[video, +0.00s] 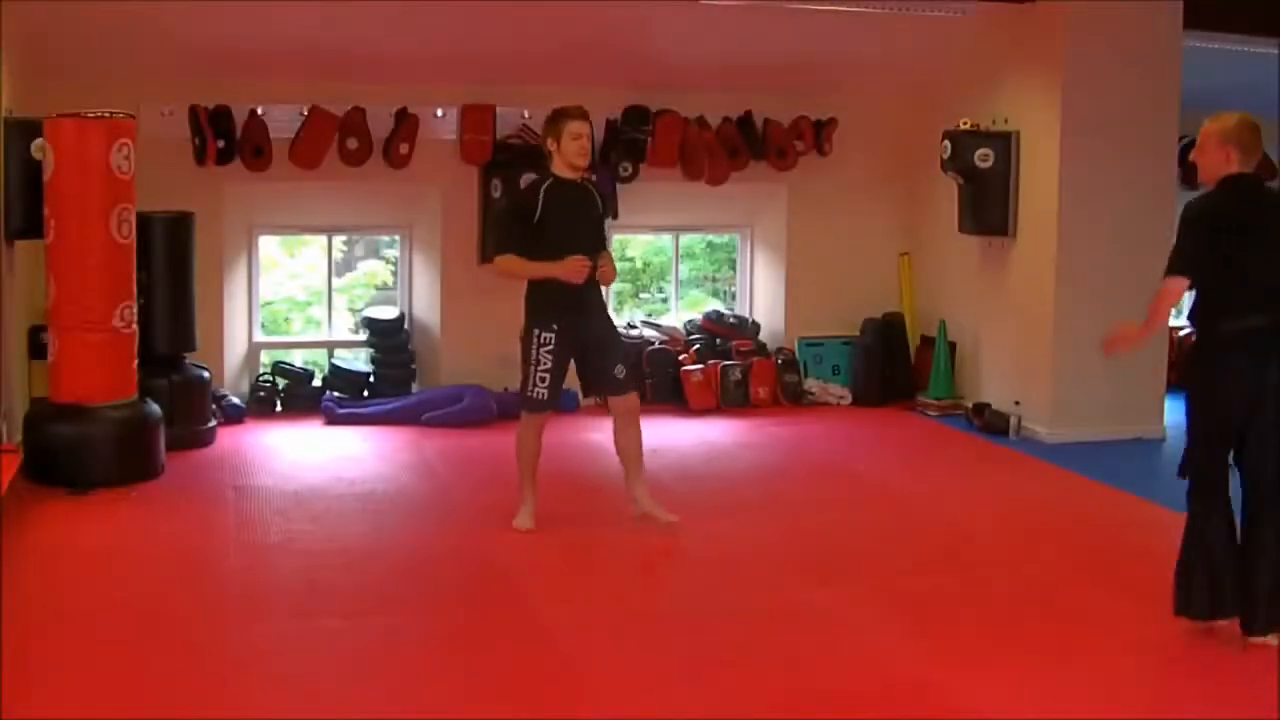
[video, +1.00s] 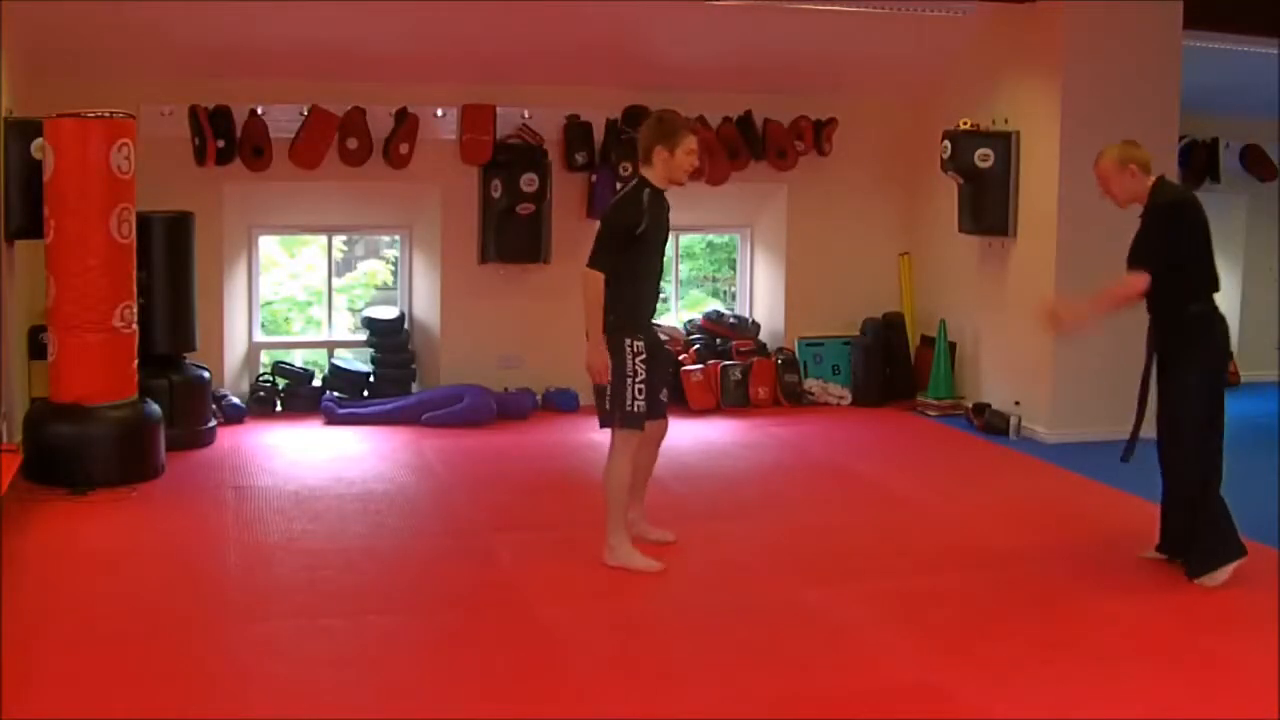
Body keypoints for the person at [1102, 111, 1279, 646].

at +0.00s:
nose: (1194, 156)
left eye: (1201, 146)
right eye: (1196, 146)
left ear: (1228, 154)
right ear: (1248, 155)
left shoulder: (1207, 209)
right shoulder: (1274, 203)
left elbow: (1176, 283)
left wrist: (1144, 330)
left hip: (1220, 358)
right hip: (1271, 359)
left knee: (1208, 471)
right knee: (1264, 478)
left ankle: (1212, 595)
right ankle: (1264, 608)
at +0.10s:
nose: (1193, 158)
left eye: (1200, 149)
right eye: (1195, 148)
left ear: (1227, 156)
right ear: (1245, 157)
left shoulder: (1218, 211)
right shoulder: (1273, 203)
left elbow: (1168, 283)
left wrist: (1122, 288)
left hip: (1228, 362)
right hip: (1273, 361)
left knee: (1221, 471)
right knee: (1268, 478)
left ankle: (1224, 580)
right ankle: (1267, 611)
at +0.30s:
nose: (1197, 185)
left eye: (1201, 176)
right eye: (1195, 177)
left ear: (1225, 173)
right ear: (1240, 174)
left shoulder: (1215, 230)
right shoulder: (1269, 222)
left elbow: (1146, 251)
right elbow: (1208, 251)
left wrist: (1148, 210)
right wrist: (1168, 220)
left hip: (1222, 369)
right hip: (1263, 364)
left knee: (1216, 470)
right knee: (1248, 464)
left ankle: (1233, 584)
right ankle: (1266, 574)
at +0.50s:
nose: (1176, 183)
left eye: (1178, 174)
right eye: (1174, 176)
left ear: (1199, 163)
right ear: (1211, 161)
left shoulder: (1215, 204)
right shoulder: (1244, 203)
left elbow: (1142, 224)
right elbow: (1173, 228)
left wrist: (1146, 196)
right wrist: (1159, 199)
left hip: (1215, 340)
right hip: (1238, 335)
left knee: (1218, 458)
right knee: (1232, 458)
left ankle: (1236, 582)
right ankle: (1231, 575)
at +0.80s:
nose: (1131, 212)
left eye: (1129, 204)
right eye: (1127, 207)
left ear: (1145, 186)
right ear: (1148, 180)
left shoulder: (1186, 207)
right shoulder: (1192, 201)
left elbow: (1126, 252)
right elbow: (1136, 251)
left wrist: (1105, 231)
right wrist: (1115, 230)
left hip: (1208, 343)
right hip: (1196, 338)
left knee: (1194, 451)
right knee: (1180, 442)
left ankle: (1235, 559)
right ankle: (1175, 536)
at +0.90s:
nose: (1116, 213)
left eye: (1113, 203)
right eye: (1111, 206)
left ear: (1131, 183)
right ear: (1136, 178)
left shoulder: (1171, 204)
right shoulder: (1184, 199)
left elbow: (1128, 260)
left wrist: (1092, 253)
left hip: (1202, 338)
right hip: (1198, 334)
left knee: (1190, 448)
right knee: (1181, 444)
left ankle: (1223, 554)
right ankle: (1174, 540)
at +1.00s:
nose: (1106, 194)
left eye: (1107, 185)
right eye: (1103, 186)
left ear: (1132, 173)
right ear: (1133, 173)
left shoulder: (1166, 207)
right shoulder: (1172, 202)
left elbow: (1138, 283)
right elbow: (1197, 287)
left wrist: (1079, 311)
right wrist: (1223, 351)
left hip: (1191, 340)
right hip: (1187, 337)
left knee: (1189, 445)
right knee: (1175, 442)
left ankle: (1219, 550)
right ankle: (1178, 541)